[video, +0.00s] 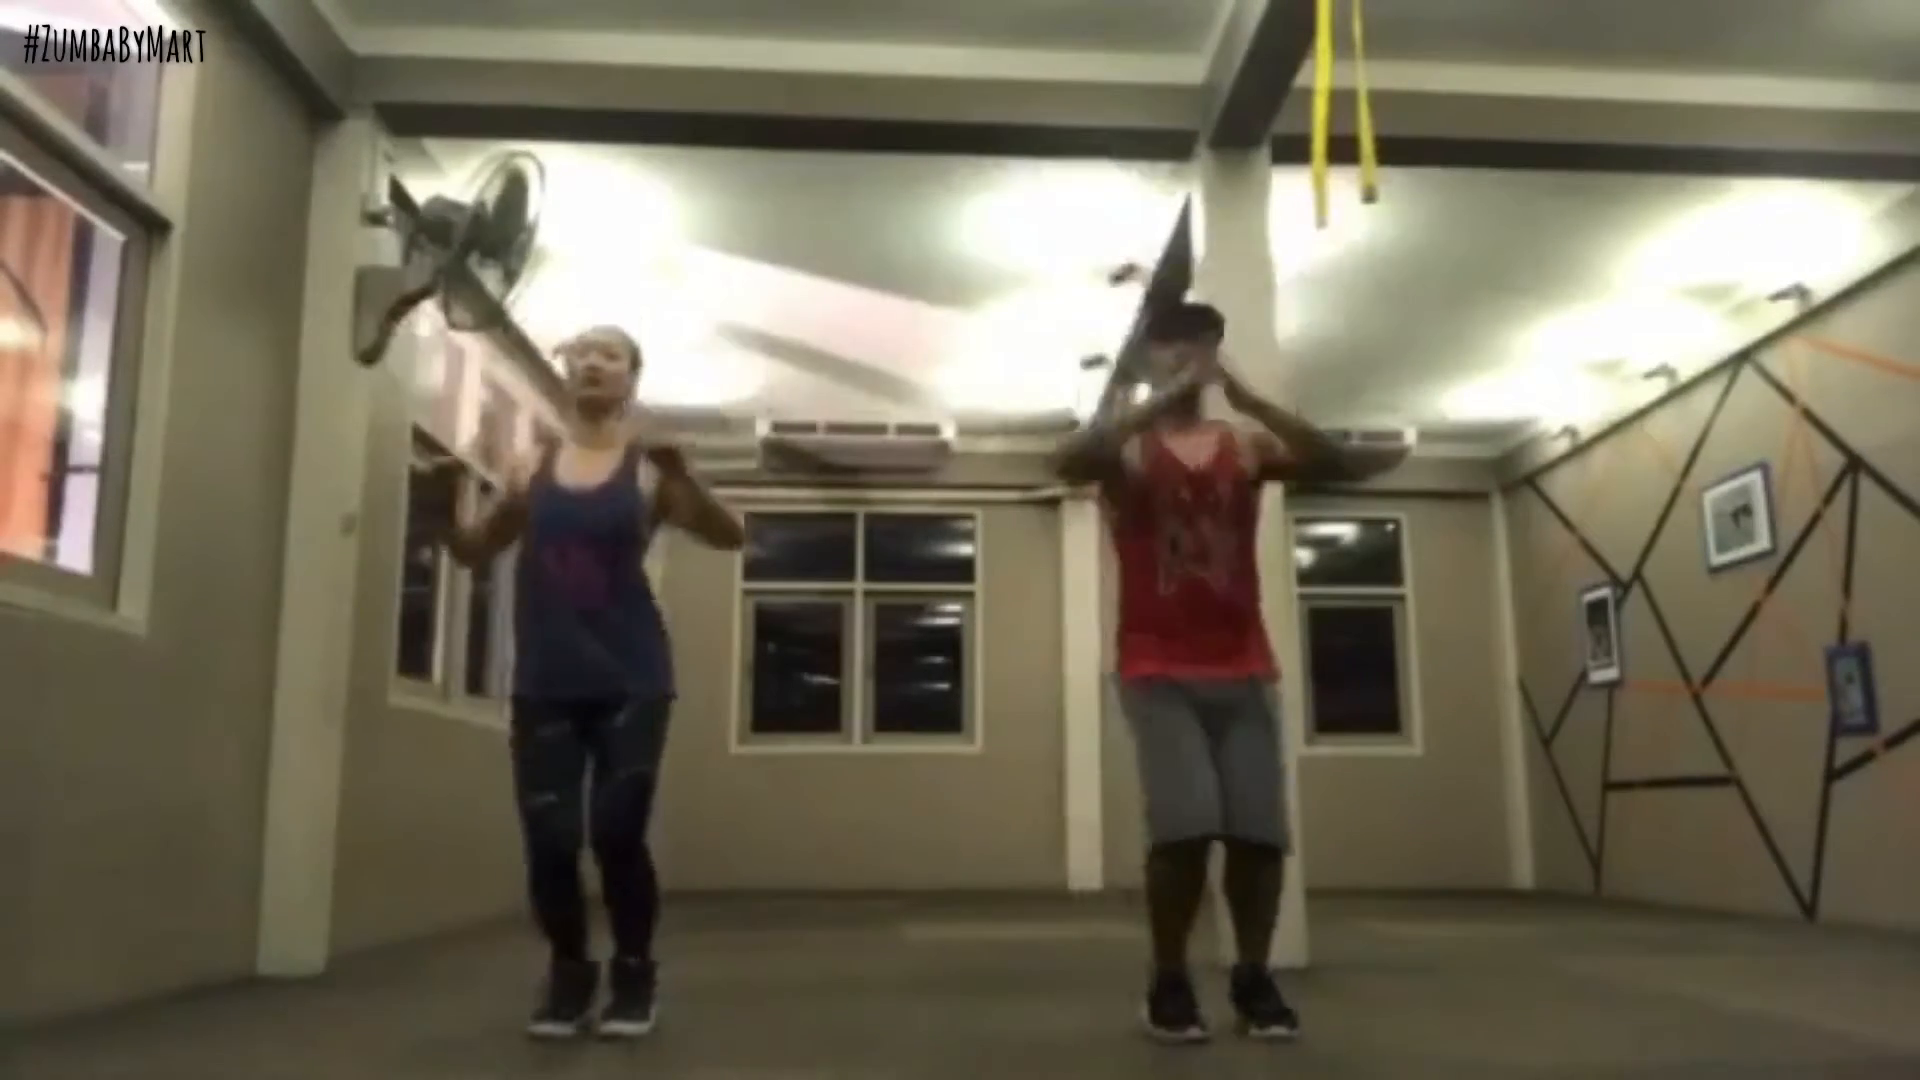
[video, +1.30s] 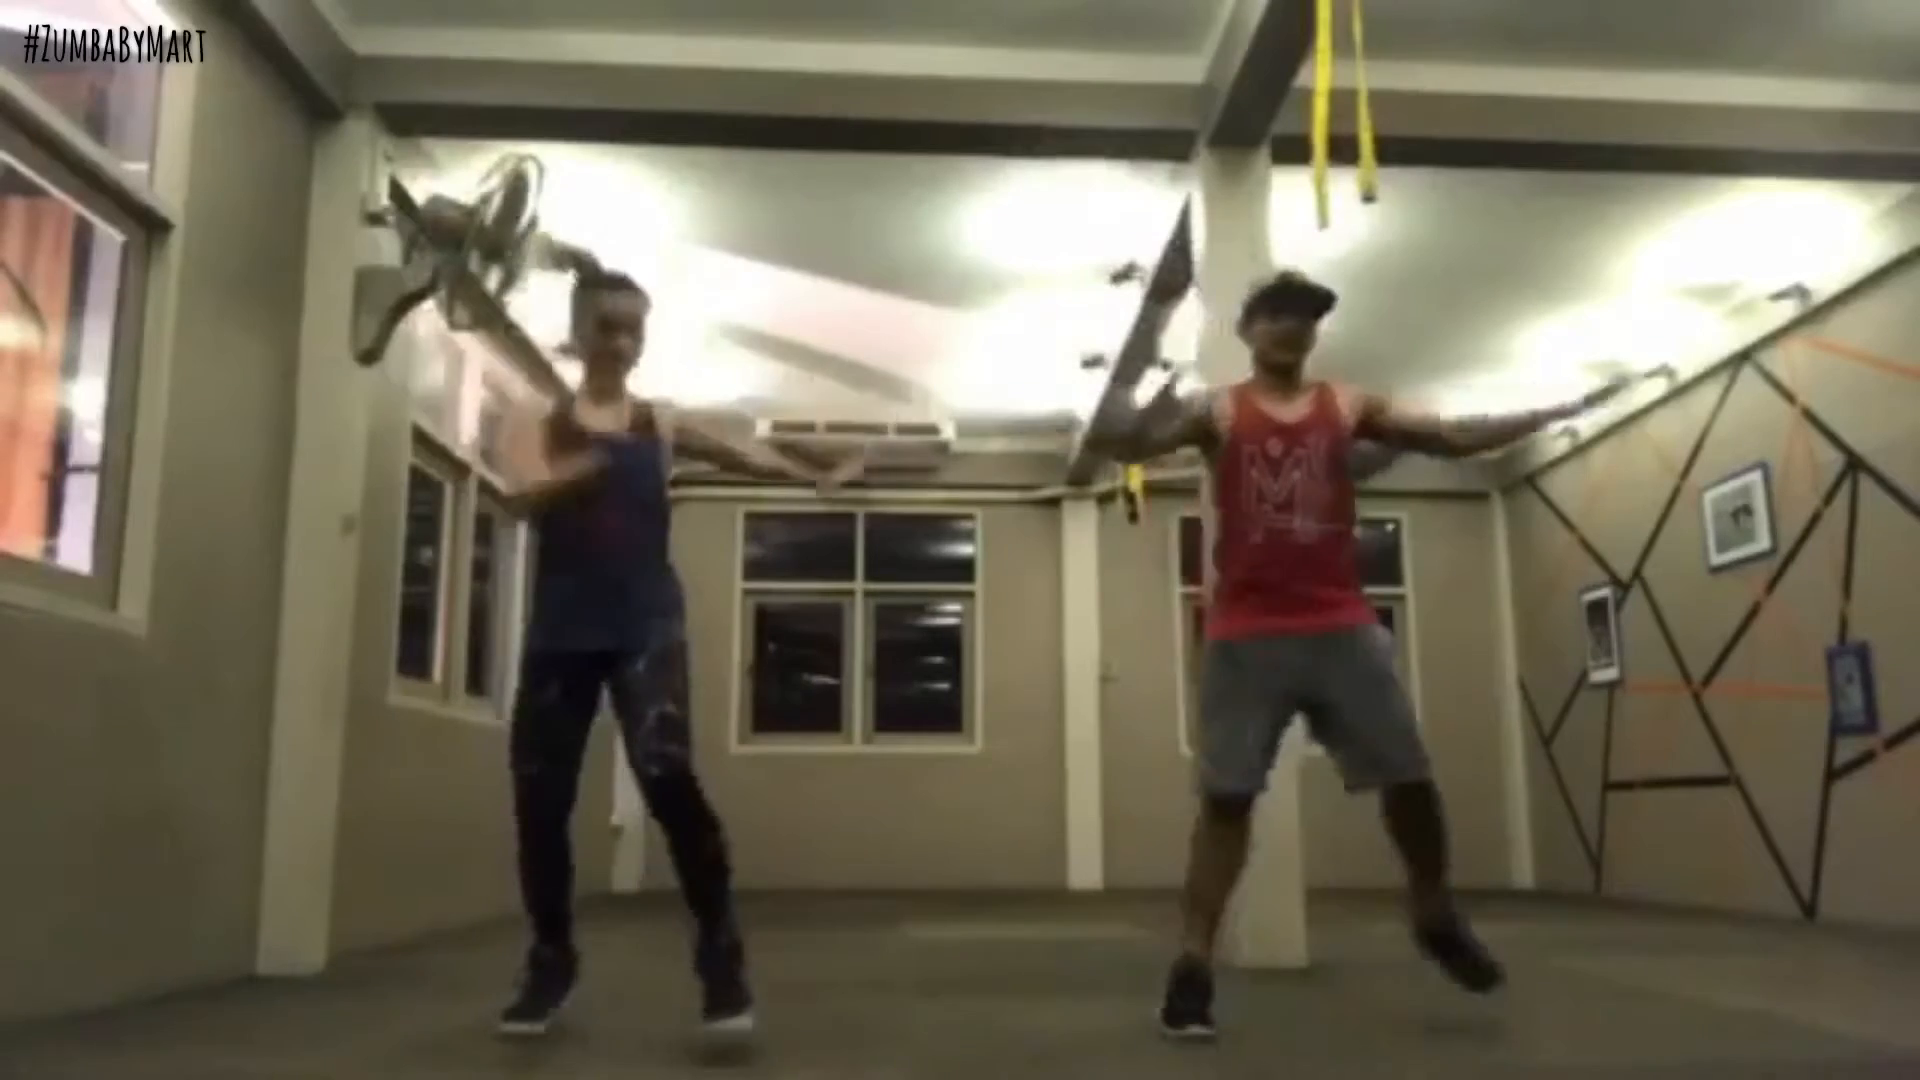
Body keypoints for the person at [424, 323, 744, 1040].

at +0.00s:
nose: (590, 367)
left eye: (608, 357)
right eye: (579, 357)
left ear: (633, 379)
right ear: (563, 374)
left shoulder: (649, 470)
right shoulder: (541, 468)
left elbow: (729, 536)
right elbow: (475, 550)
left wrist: (683, 476)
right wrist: (454, 501)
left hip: (630, 679)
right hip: (546, 679)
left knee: (616, 834)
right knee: (550, 842)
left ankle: (632, 982)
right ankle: (569, 983)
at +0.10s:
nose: (589, 339)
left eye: (606, 332)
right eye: (580, 332)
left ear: (631, 359)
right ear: (565, 357)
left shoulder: (652, 440)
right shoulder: (538, 440)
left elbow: (742, 459)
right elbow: (443, 470)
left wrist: (708, 400)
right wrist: (461, 397)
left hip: (627, 658)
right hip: (545, 657)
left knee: (614, 822)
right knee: (542, 830)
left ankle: (633, 978)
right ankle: (568, 978)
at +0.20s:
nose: (593, 291)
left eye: (610, 285)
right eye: (585, 284)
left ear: (633, 316)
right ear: (570, 311)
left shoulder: (652, 395)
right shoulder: (538, 389)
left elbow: (747, 351)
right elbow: (440, 359)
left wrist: (693, 281)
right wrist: (479, 310)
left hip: (627, 603)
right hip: (543, 604)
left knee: (624, 776)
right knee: (545, 783)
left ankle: (634, 958)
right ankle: (551, 963)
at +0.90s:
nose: (586, 345)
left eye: (602, 335)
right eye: (575, 333)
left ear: (624, 353)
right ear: (554, 348)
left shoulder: (640, 432)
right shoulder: (524, 431)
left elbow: (729, 406)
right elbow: (416, 401)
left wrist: (716, 362)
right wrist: (425, 319)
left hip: (612, 648)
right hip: (528, 645)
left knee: (608, 813)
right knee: (521, 814)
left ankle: (607, 971)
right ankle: (523, 974)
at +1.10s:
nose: (617, 376)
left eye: (623, 361)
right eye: (603, 362)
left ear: (628, 365)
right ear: (563, 367)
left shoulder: (645, 443)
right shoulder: (525, 445)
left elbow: (745, 459)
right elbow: (414, 476)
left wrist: (781, 427)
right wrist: (360, 420)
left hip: (621, 656)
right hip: (531, 656)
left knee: (650, 804)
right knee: (521, 821)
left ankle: (634, 940)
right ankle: (524, 980)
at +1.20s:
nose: (619, 348)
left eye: (626, 334)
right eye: (605, 334)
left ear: (634, 341)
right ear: (571, 339)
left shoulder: (648, 421)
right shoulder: (537, 418)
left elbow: (762, 444)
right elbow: (465, 475)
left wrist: (864, 432)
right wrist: (401, 429)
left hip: (634, 628)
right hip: (550, 631)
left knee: (661, 779)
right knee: (532, 800)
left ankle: (679, 948)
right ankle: (524, 975)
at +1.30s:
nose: (619, 341)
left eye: (631, 329)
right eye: (605, 327)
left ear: (643, 336)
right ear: (578, 331)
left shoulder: (657, 425)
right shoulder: (538, 417)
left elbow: (743, 451)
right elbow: (514, 492)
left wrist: (819, 475)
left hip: (646, 626)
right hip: (563, 628)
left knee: (667, 783)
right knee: (539, 800)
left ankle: (722, 965)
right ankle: (549, 965)